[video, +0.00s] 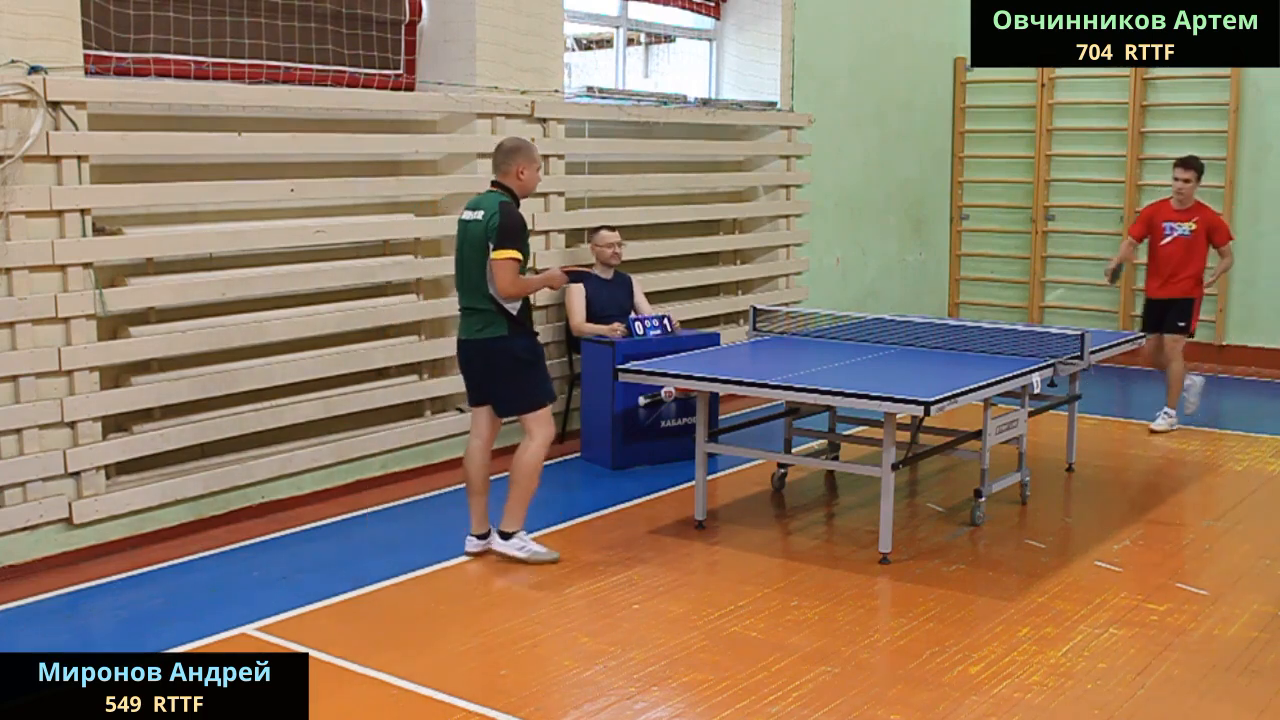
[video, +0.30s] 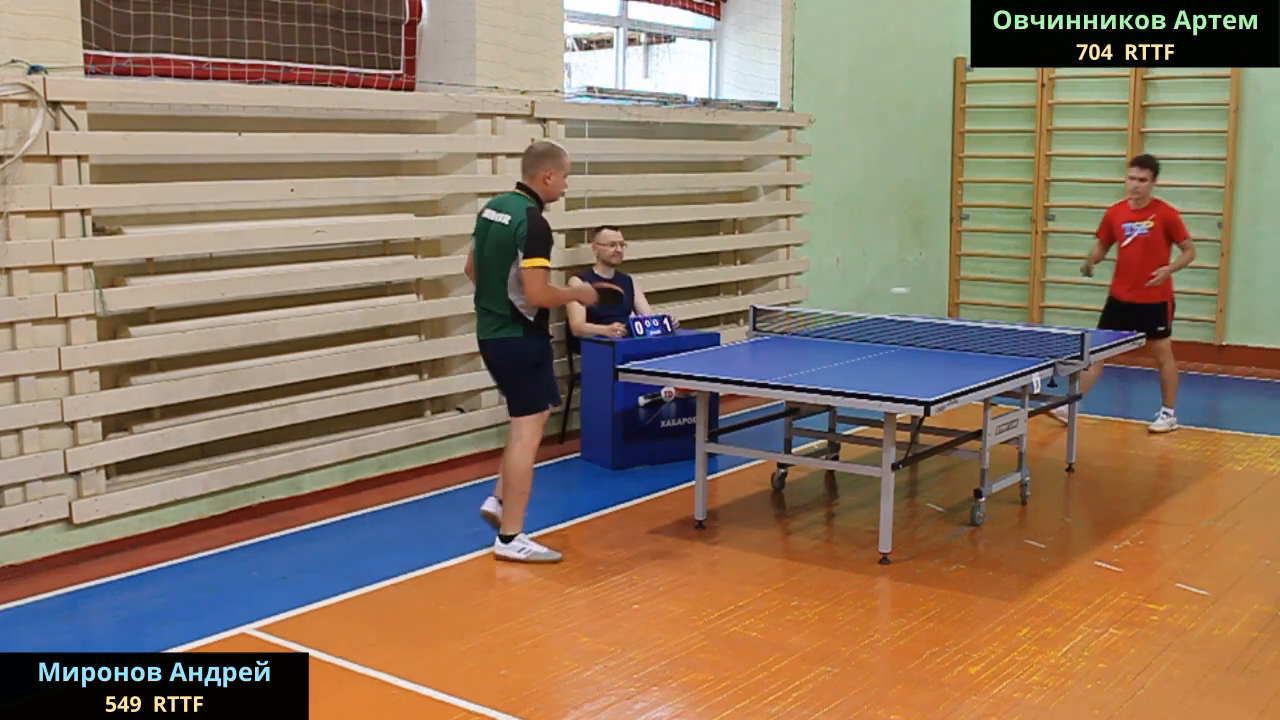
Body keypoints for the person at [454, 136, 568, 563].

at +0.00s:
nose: (538, 176)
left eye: (537, 169)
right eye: (536, 169)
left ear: (500, 170)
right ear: (520, 171)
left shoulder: (474, 207)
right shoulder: (507, 213)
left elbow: (479, 279)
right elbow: (506, 285)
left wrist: (528, 279)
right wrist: (545, 280)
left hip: (472, 341)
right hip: (507, 341)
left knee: (481, 431)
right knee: (541, 431)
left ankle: (479, 533)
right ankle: (511, 532)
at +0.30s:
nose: (565, 186)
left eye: (566, 178)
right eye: (564, 178)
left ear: (531, 175)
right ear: (547, 177)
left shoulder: (495, 206)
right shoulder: (533, 222)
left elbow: (473, 269)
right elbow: (538, 293)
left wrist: (515, 286)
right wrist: (575, 293)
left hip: (495, 337)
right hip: (520, 340)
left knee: (541, 411)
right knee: (525, 433)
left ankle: (502, 496)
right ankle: (510, 537)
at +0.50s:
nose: (584, 193)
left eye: (585, 186)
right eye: (582, 186)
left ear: (550, 180)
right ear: (564, 184)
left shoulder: (517, 206)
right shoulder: (544, 226)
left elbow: (488, 255)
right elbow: (551, 298)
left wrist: (528, 284)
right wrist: (607, 325)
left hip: (518, 331)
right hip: (515, 335)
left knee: (547, 410)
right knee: (527, 430)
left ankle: (541, 505)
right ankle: (509, 536)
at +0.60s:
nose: (594, 203)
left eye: (595, 196)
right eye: (592, 196)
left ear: (564, 190)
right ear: (571, 193)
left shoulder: (536, 209)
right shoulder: (547, 229)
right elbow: (561, 305)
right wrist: (618, 333)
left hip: (525, 330)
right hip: (510, 335)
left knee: (550, 410)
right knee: (528, 429)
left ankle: (549, 506)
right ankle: (509, 536)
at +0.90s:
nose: (602, 212)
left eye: (605, 205)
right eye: (599, 204)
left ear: (582, 199)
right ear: (575, 195)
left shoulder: (573, 227)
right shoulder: (543, 228)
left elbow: (574, 270)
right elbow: (530, 296)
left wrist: (611, 307)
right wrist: (587, 314)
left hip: (542, 324)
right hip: (505, 326)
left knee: (552, 409)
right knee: (511, 414)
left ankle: (550, 506)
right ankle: (481, 508)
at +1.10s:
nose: (593, 209)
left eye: (596, 202)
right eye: (590, 201)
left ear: (574, 197)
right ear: (565, 193)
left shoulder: (582, 236)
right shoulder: (520, 219)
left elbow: (615, 288)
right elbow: (480, 271)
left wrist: (665, 315)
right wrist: (526, 299)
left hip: (544, 330)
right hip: (497, 329)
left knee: (550, 412)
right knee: (488, 414)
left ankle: (549, 506)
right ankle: (461, 480)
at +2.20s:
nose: (585, 266)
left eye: (589, 260)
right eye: (580, 259)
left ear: (591, 255)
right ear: (559, 247)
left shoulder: (581, 267)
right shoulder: (523, 255)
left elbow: (604, 310)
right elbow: (506, 321)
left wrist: (630, 338)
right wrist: (559, 344)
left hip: (529, 320)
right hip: (483, 318)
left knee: (536, 400)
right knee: (470, 402)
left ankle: (544, 490)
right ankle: (455, 483)